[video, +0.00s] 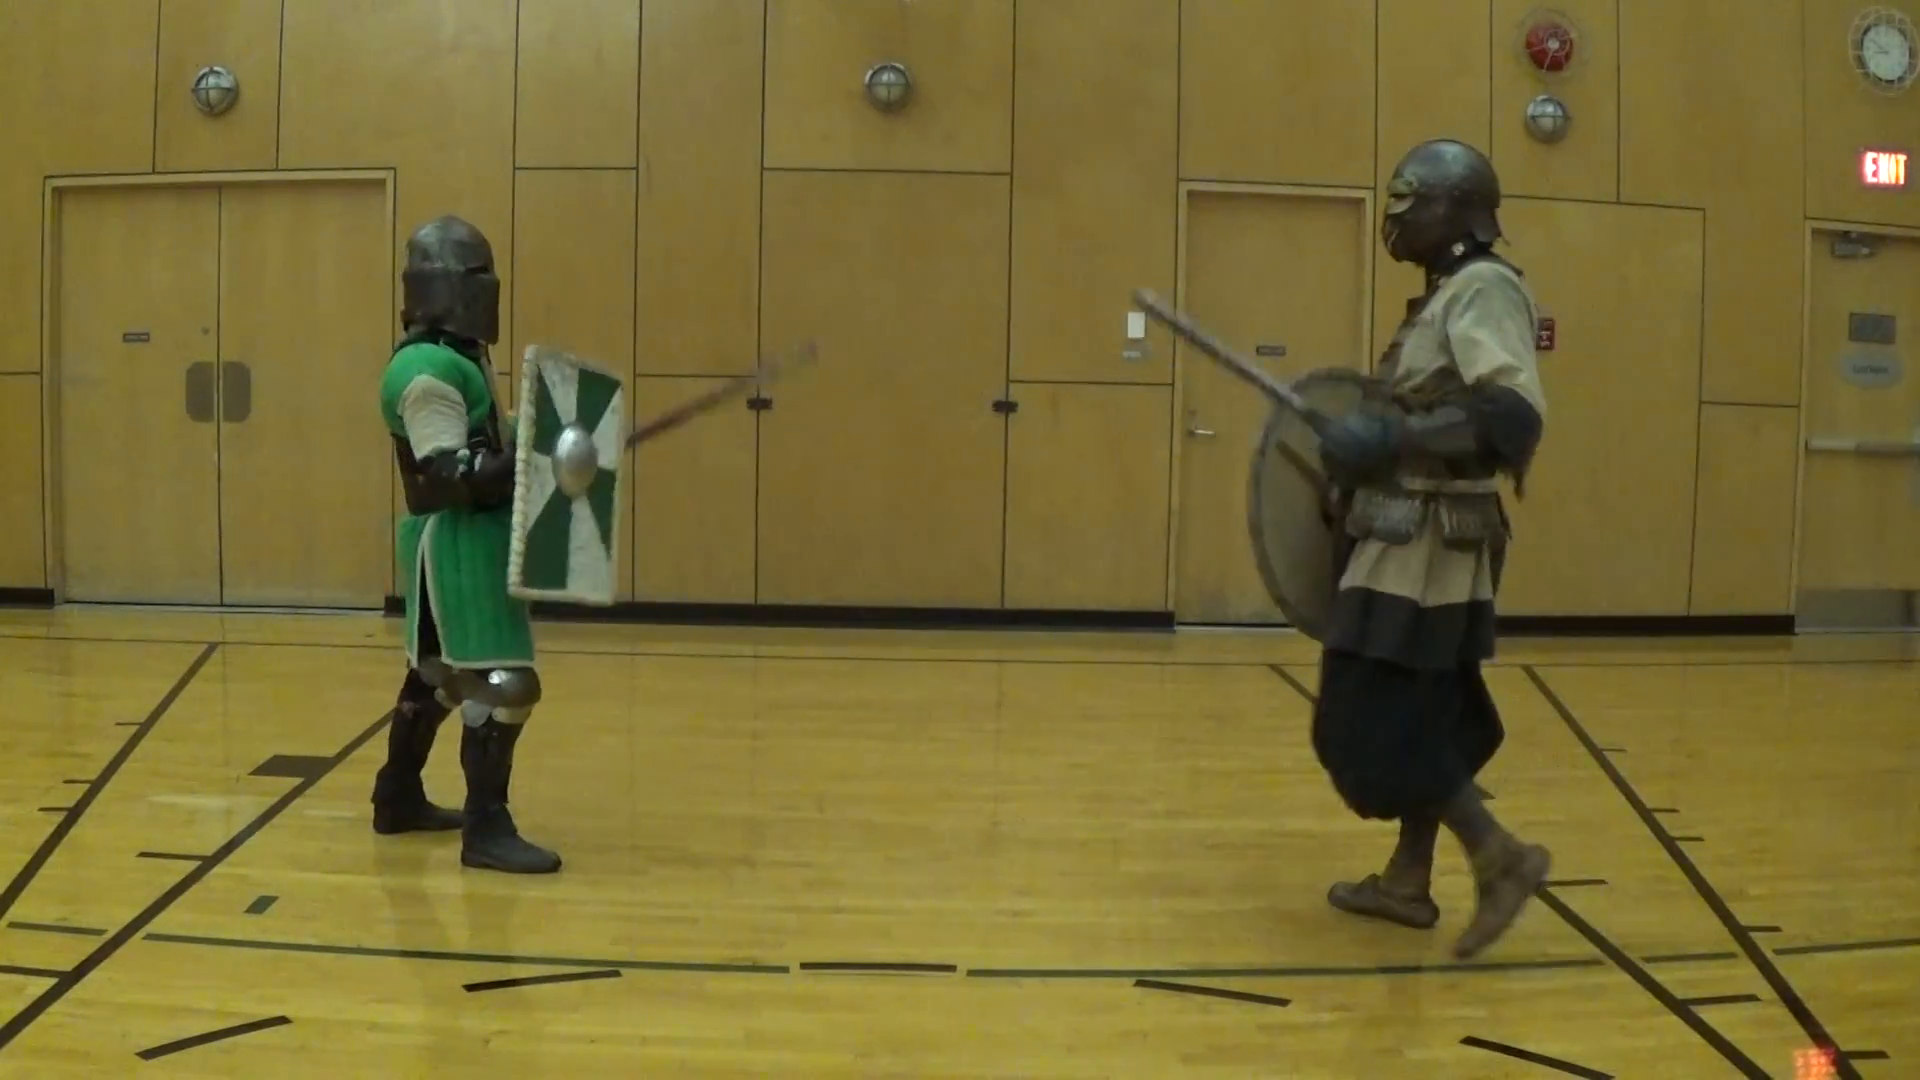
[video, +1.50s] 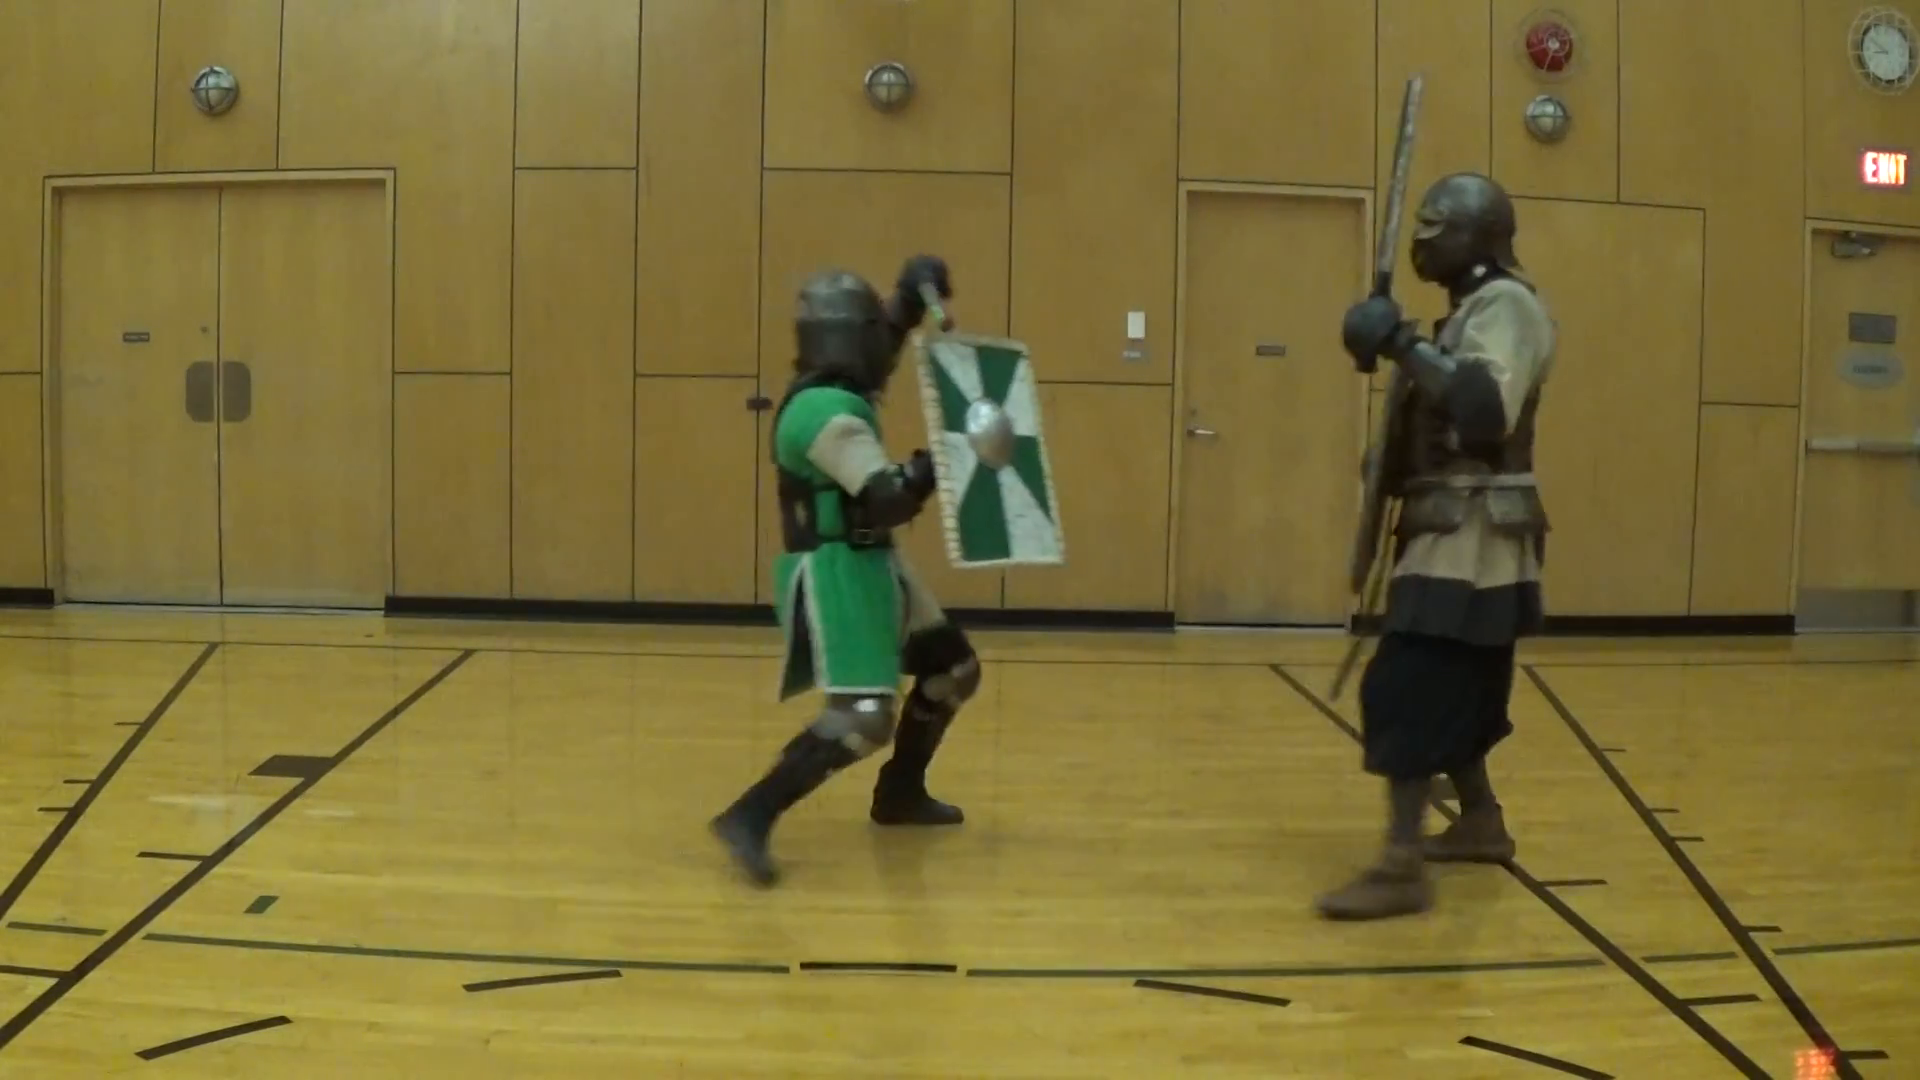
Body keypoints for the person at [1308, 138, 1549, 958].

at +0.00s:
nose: (1391, 215)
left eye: (1408, 200)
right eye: (1395, 200)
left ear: (1459, 213)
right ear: (1453, 216)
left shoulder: (1484, 291)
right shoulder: (1453, 293)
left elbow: (1515, 419)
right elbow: (1449, 411)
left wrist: (1392, 435)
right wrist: (1362, 434)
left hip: (1429, 543)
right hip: (1427, 537)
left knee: (1367, 717)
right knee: (1427, 705)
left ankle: (1502, 859)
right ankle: (1407, 880)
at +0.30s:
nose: (1340, 209)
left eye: (1357, 194)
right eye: (1342, 194)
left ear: (1408, 207)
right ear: (1394, 211)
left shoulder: (1423, 281)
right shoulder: (1387, 284)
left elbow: (1442, 383)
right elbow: (1364, 407)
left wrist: (1342, 317)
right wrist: (1293, 425)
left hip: (1373, 527)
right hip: (1392, 524)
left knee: (1310, 694)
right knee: (1410, 702)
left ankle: (1285, 872)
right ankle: (1405, 879)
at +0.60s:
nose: (1291, 205)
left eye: (1307, 191)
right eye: (1295, 190)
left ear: (1356, 205)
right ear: (1361, 208)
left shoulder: (1358, 287)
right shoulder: (1364, 281)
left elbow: (1357, 407)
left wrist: (1267, 338)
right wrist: (1278, 336)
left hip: (1322, 531)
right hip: (1357, 528)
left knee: (1276, 694)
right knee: (1350, 691)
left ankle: (1278, 872)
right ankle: (1394, 852)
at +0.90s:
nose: (1281, 210)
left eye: (1296, 196)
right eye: (1283, 195)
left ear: (1345, 207)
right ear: (1347, 209)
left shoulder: (1347, 290)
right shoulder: (1364, 280)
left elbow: (1331, 414)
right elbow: (1309, 387)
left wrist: (1247, 337)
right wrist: (1246, 338)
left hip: (1316, 519)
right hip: (1351, 513)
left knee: (1284, 684)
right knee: (1349, 662)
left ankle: (1280, 872)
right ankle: (1396, 821)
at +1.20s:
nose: (1326, 232)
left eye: (1341, 220)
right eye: (1330, 218)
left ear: (1388, 231)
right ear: (1388, 233)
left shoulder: (1402, 307)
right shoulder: (1393, 301)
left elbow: (1364, 413)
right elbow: (1348, 385)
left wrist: (1289, 336)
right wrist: (1289, 336)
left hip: (1352, 532)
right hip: (1374, 526)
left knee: (1272, 687)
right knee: (1371, 671)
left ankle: (1276, 871)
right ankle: (1458, 806)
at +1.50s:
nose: (1420, 238)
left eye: (1436, 227)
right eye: (1421, 225)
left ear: (1484, 239)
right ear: (1466, 240)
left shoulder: (1504, 308)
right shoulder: (1469, 311)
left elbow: (1480, 404)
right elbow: (1439, 396)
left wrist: (1405, 344)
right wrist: (1391, 344)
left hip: (1471, 543)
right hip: (1454, 538)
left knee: (1401, 687)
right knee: (1449, 681)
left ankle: (1400, 865)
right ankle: (1481, 818)